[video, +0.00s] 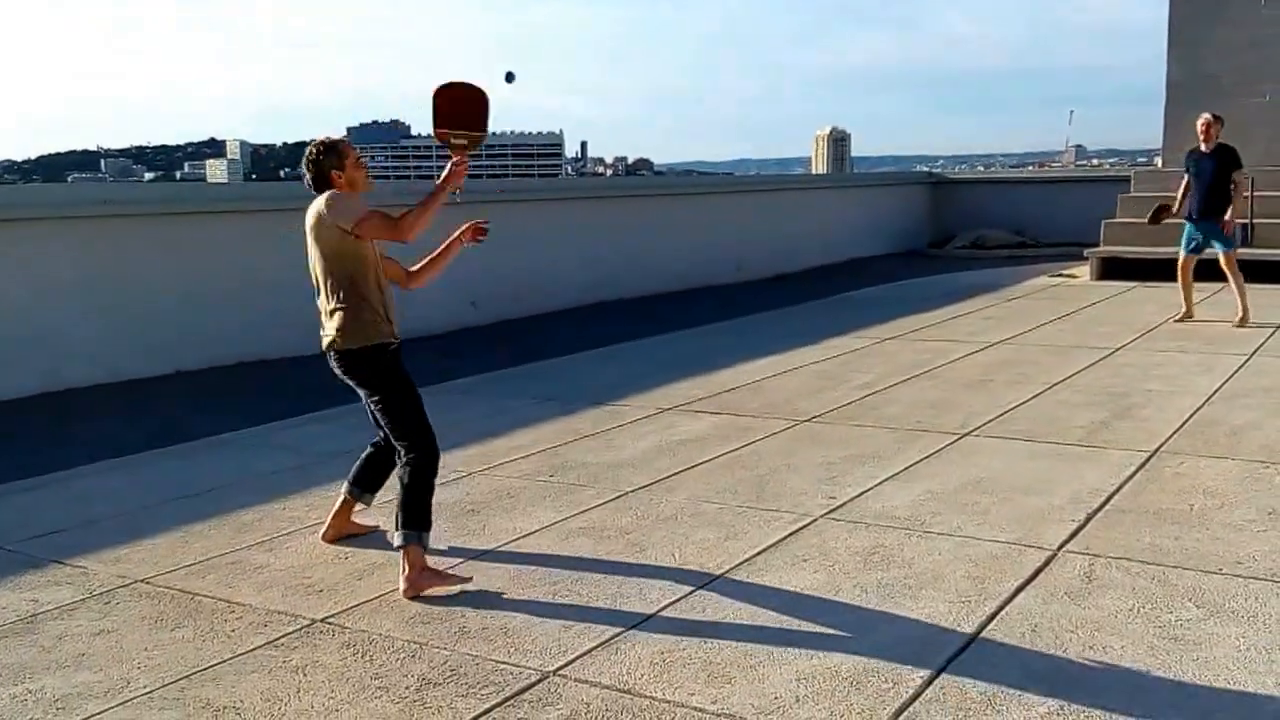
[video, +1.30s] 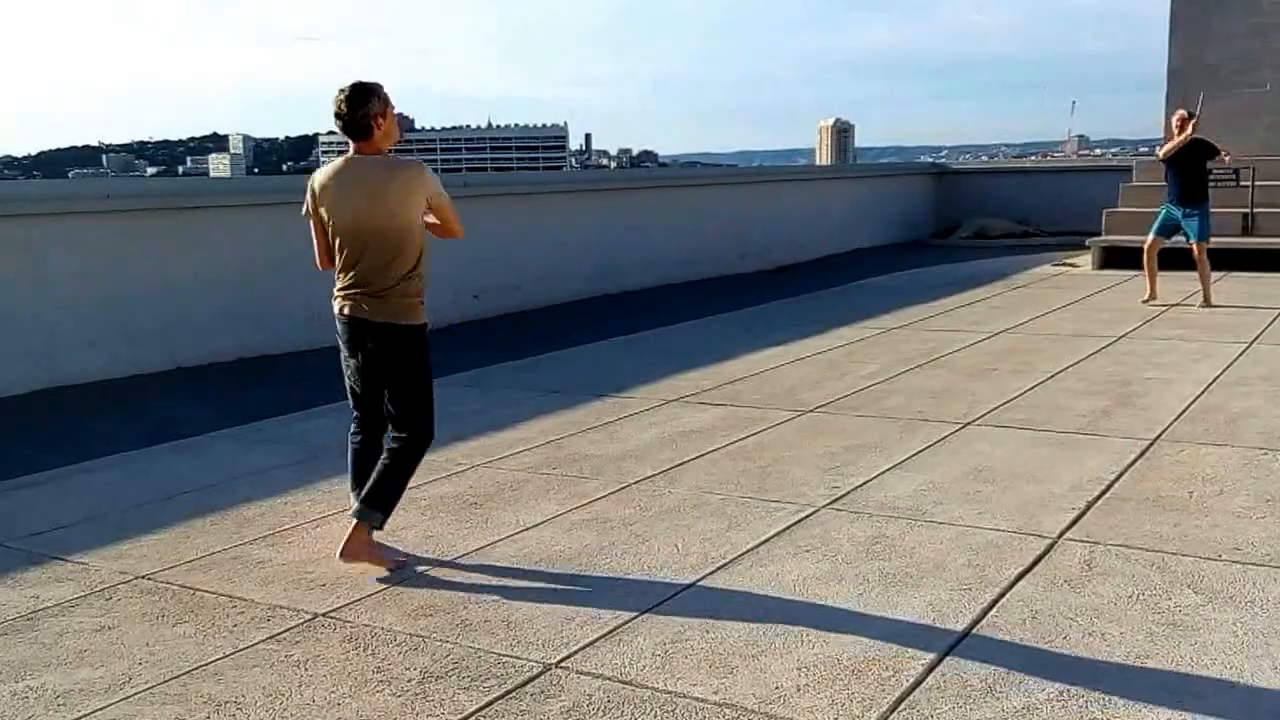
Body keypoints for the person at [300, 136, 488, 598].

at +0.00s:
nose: (366, 168)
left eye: (362, 161)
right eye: (358, 163)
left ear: (336, 176)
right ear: (338, 175)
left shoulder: (343, 226)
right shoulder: (330, 205)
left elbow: (408, 277)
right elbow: (402, 229)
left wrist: (460, 239)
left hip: (360, 345)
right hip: (362, 345)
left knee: (392, 440)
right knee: (420, 448)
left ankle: (340, 519)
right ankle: (415, 569)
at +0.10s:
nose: (355, 166)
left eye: (350, 160)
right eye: (350, 161)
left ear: (318, 179)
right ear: (339, 169)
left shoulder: (312, 224)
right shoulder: (354, 195)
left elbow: (358, 302)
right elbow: (430, 226)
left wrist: (418, 287)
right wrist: (475, 206)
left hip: (334, 340)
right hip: (364, 336)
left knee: (377, 432)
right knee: (406, 441)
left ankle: (338, 518)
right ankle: (400, 562)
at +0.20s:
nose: (357, 166)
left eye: (352, 159)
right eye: (353, 160)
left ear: (316, 176)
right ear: (345, 166)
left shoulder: (307, 222)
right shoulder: (364, 193)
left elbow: (310, 293)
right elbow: (414, 233)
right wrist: (430, 236)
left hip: (326, 333)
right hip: (365, 329)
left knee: (365, 426)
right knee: (396, 436)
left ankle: (338, 518)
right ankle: (382, 557)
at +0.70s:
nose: (388, 127)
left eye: (385, 118)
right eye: (384, 119)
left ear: (345, 126)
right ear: (370, 124)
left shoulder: (326, 176)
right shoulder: (374, 178)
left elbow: (314, 260)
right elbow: (407, 256)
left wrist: (325, 314)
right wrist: (435, 280)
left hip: (337, 320)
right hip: (369, 320)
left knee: (364, 413)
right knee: (397, 429)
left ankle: (340, 507)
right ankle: (376, 553)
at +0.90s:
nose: (404, 121)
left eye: (401, 113)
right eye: (400, 115)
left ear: (361, 124)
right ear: (387, 122)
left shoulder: (349, 171)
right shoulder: (368, 178)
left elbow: (367, 260)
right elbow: (375, 262)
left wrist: (422, 292)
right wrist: (425, 293)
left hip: (333, 314)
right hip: (350, 321)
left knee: (356, 413)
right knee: (376, 430)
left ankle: (321, 505)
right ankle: (357, 553)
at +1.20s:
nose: (404, 118)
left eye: (400, 110)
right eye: (399, 112)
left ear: (357, 123)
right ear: (385, 120)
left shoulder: (329, 172)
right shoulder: (405, 179)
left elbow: (339, 240)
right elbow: (438, 264)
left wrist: (401, 257)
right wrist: (416, 262)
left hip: (330, 314)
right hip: (375, 322)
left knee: (358, 413)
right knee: (392, 431)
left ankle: (347, 512)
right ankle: (357, 548)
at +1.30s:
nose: (398, 117)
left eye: (393, 110)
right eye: (392, 111)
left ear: (349, 126)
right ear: (378, 122)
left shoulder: (322, 180)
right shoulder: (414, 175)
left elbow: (324, 259)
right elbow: (452, 229)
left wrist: (361, 233)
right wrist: (413, 221)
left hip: (350, 322)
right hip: (402, 324)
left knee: (366, 422)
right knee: (413, 430)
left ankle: (367, 535)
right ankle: (360, 536)